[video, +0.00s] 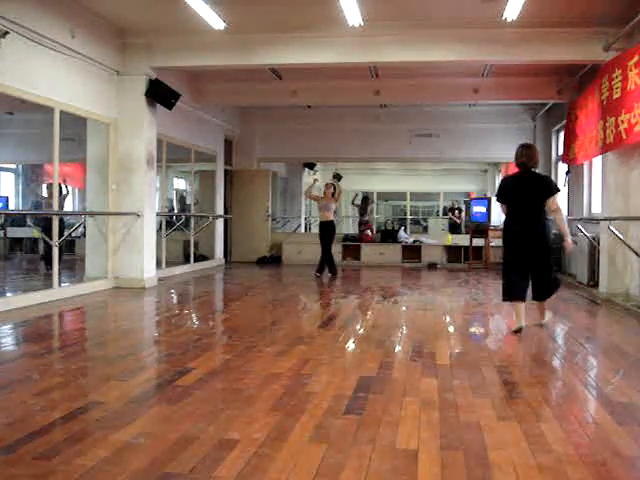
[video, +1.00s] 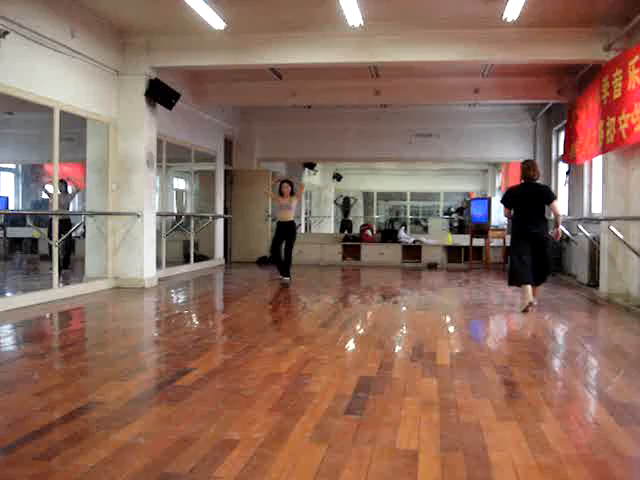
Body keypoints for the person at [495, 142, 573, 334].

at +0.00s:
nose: (537, 160)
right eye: (537, 157)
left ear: (516, 160)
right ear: (536, 160)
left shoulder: (507, 182)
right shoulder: (543, 182)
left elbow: (504, 209)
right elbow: (555, 210)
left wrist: (516, 219)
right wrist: (566, 236)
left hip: (513, 235)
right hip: (538, 235)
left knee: (516, 276)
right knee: (540, 273)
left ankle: (519, 321)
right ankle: (542, 315)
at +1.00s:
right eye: (535, 171)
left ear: (522, 173)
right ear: (537, 173)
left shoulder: (513, 191)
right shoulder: (544, 190)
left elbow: (506, 213)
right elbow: (557, 212)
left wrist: (515, 217)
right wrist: (557, 227)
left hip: (520, 232)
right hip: (540, 232)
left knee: (523, 263)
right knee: (538, 263)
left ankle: (528, 298)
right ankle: (534, 297)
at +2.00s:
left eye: (506, 177)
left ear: (506, 179)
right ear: (519, 179)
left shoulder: (502, 194)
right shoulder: (525, 194)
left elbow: (493, 213)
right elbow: (530, 214)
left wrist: (483, 227)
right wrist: (527, 222)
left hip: (506, 230)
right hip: (521, 230)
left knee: (501, 257)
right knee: (517, 257)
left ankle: (511, 279)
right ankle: (515, 286)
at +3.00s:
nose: (473, 189)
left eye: (473, 187)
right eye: (474, 187)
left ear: (475, 188)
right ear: (485, 185)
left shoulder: (480, 197)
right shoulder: (494, 196)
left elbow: (484, 214)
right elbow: (499, 212)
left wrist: (476, 229)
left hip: (488, 228)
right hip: (499, 228)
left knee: (481, 250)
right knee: (495, 253)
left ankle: (485, 275)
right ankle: (493, 278)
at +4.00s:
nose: (461, 190)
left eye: (461, 189)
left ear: (462, 189)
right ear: (472, 187)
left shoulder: (464, 200)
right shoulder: (482, 197)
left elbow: (463, 216)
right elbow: (489, 211)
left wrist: (457, 229)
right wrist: (492, 225)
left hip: (470, 230)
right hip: (483, 230)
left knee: (468, 252)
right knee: (479, 252)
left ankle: (470, 274)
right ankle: (476, 275)